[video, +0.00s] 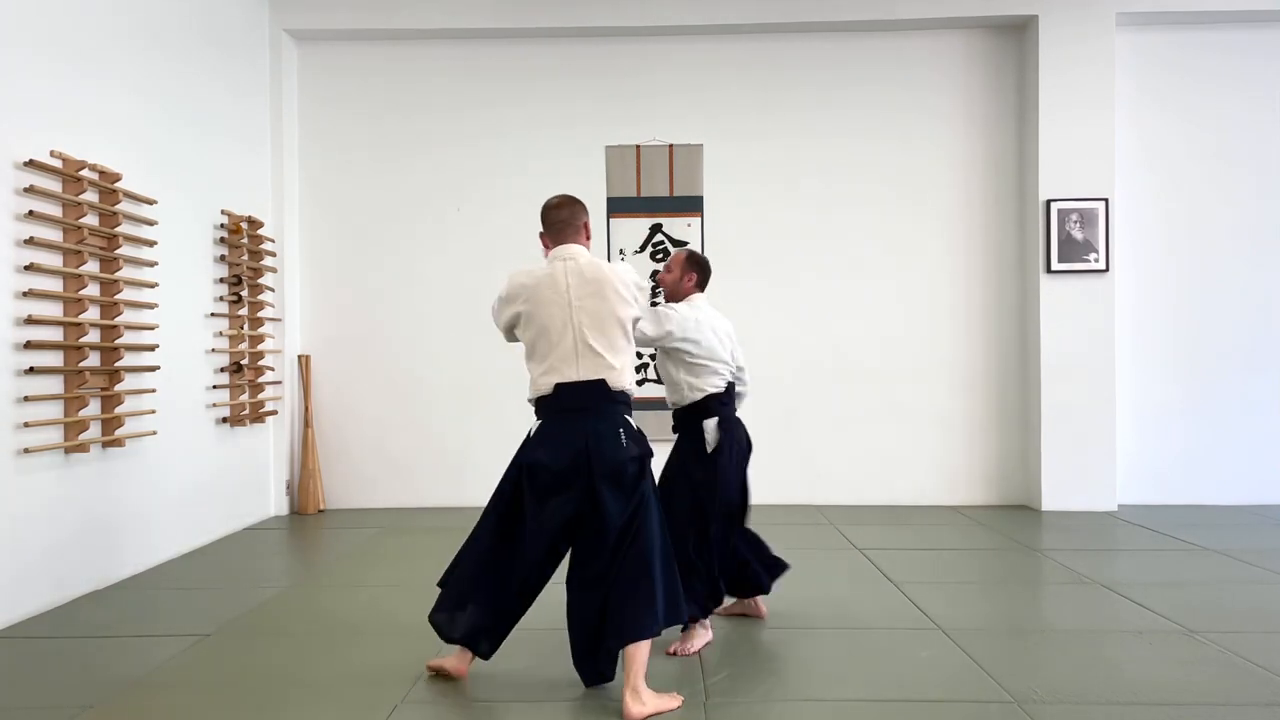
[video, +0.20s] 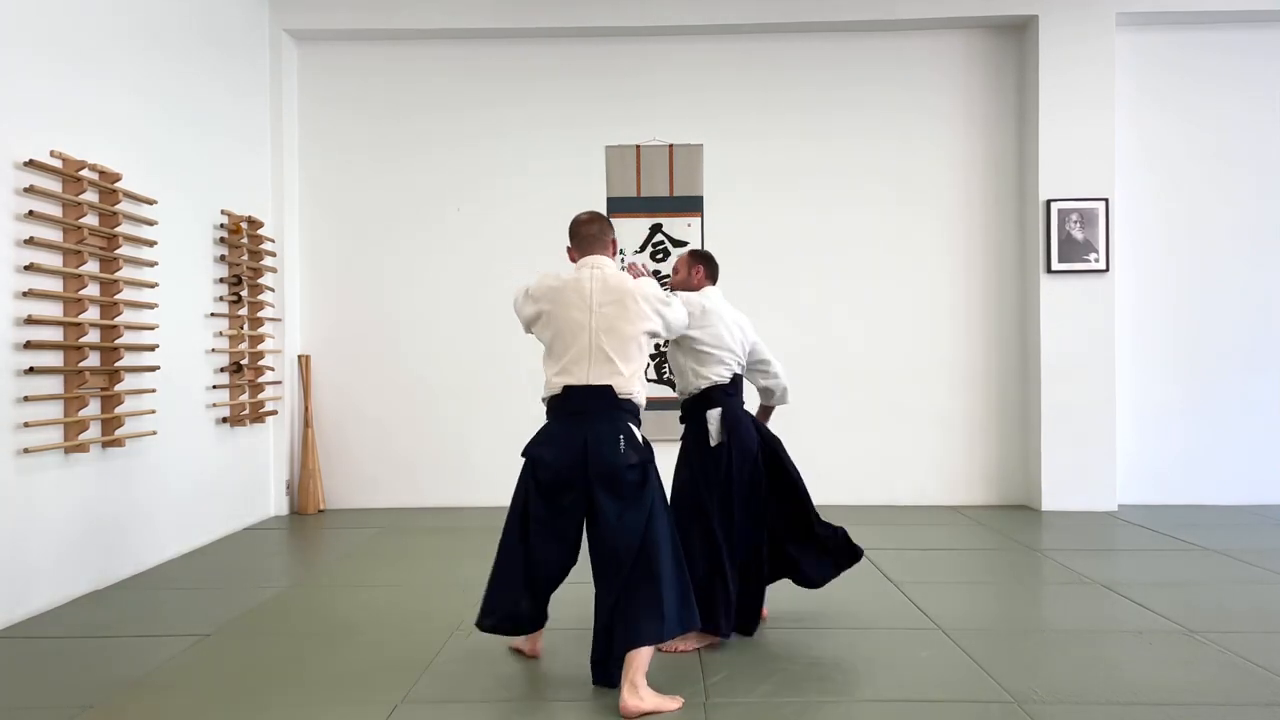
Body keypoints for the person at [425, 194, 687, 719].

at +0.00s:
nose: (586, 237)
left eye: (544, 237)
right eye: (588, 229)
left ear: (542, 239)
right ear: (589, 232)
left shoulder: (521, 286)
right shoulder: (623, 280)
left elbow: (509, 330)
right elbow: (633, 324)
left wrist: (556, 287)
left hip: (554, 431)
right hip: (615, 430)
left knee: (520, 538)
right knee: (637, 551)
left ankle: (463, 652)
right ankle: (636, 690)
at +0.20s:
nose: (580, 257)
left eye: (572, 251)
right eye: (617, 247)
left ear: (570, 253)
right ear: (616, 249)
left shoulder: (548, 290)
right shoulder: (642, 294)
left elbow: (525, 311)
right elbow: (678, 318)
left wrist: (575, 273)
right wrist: (648, 283)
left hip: (560, 428)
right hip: (618, 434)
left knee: (543, 528)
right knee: (643, 552)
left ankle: (529, 630)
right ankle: (634, 685)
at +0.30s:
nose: (617, 264)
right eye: (617, 258)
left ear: (568, 262)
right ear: (614, 258)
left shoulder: (544, 302)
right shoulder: (636, 301)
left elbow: (525, 302)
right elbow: (679, 331)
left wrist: (552, 283)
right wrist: (640, 291)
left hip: (561, 431)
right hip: (619, 434)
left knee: (548, 530)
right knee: (639, 553)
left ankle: (546, 618)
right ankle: (634, 685)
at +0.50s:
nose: (595, 266)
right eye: (595, 259)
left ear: (550, 268)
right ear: (593, 260)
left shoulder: (536, 299)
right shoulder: (621, 303)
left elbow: (518, 289)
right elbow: (649, 336)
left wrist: (553, 276)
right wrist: (608, 286)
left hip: (557, 423)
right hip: (611, 426)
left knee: (559, 523)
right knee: (630, 528)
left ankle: (565, 622)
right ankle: (624, 620)